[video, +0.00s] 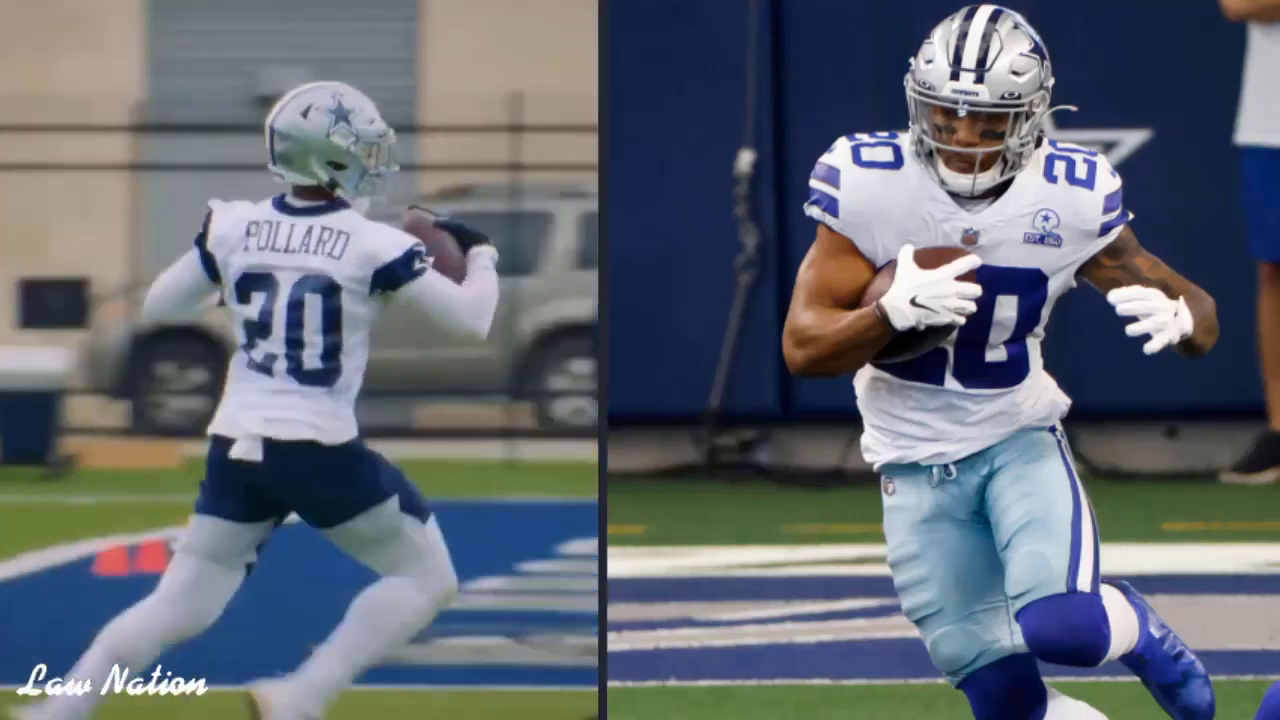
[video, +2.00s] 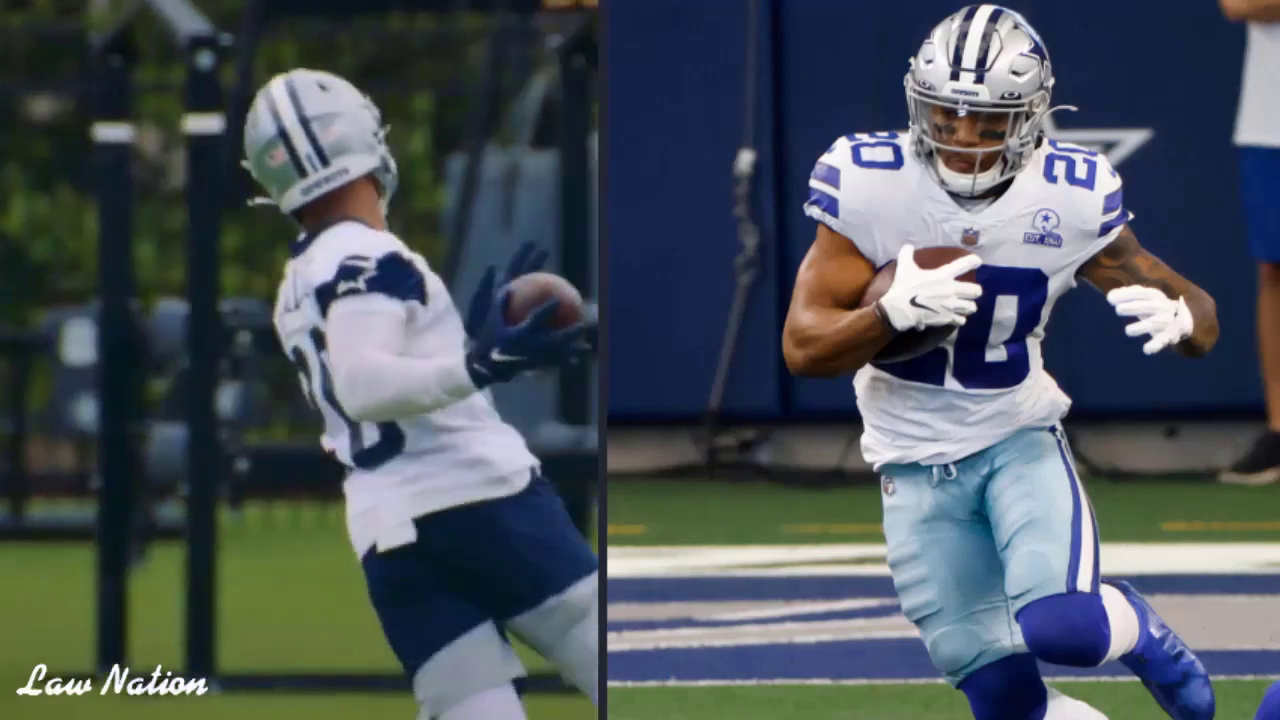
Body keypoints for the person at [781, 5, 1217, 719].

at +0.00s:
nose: (965, 137)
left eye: (988, 121)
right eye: (950, 116)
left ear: (1027, 118)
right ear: (922, 108)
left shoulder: (1071, 194)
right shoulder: (863, 179)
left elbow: (1196, 308)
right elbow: (801, 349)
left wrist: (1181, 319)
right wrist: (887, 313)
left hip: (1018, 437)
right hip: (911, 467)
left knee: (1054, 626)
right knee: (1001, 697)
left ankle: (1142, 633)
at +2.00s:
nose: (966, 138)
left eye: (988, 121)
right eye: (950, 117)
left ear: (1028, 119)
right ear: (922, 110)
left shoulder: (1071, 194)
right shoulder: (863, 179)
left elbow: (1197, 309)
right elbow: (801, 349)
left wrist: (1181, 319)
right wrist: (887, 313)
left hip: (1018, 437)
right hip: (911, 468)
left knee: (1054, 626)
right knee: (1001, 696)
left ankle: (1142, 633)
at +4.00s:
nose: (966, 138)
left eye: (988, 121)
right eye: (950, 117)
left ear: (1028, 119)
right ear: (922, 110)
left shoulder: (1071, 194)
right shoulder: (863, 179)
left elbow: (1197, 309)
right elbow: (801, 349)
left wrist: (1181, 319)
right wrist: (887, 313)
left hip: (1018, 437)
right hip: (911, 467)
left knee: (1054, 626)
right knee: (1001, 696)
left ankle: (1142, 633)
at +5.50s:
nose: (966, 137)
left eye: (988, 121)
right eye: (950, 116)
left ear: (1027, 119)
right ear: (923, 109)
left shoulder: (1071, 194)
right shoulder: (863, 179)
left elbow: (1197, 309)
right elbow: (801, 349)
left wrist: (1181, 319)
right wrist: (887, 313)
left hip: (1018, 437)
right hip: (911, 467)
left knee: (1054, 626)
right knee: (1001, 696)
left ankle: (1141, 631)